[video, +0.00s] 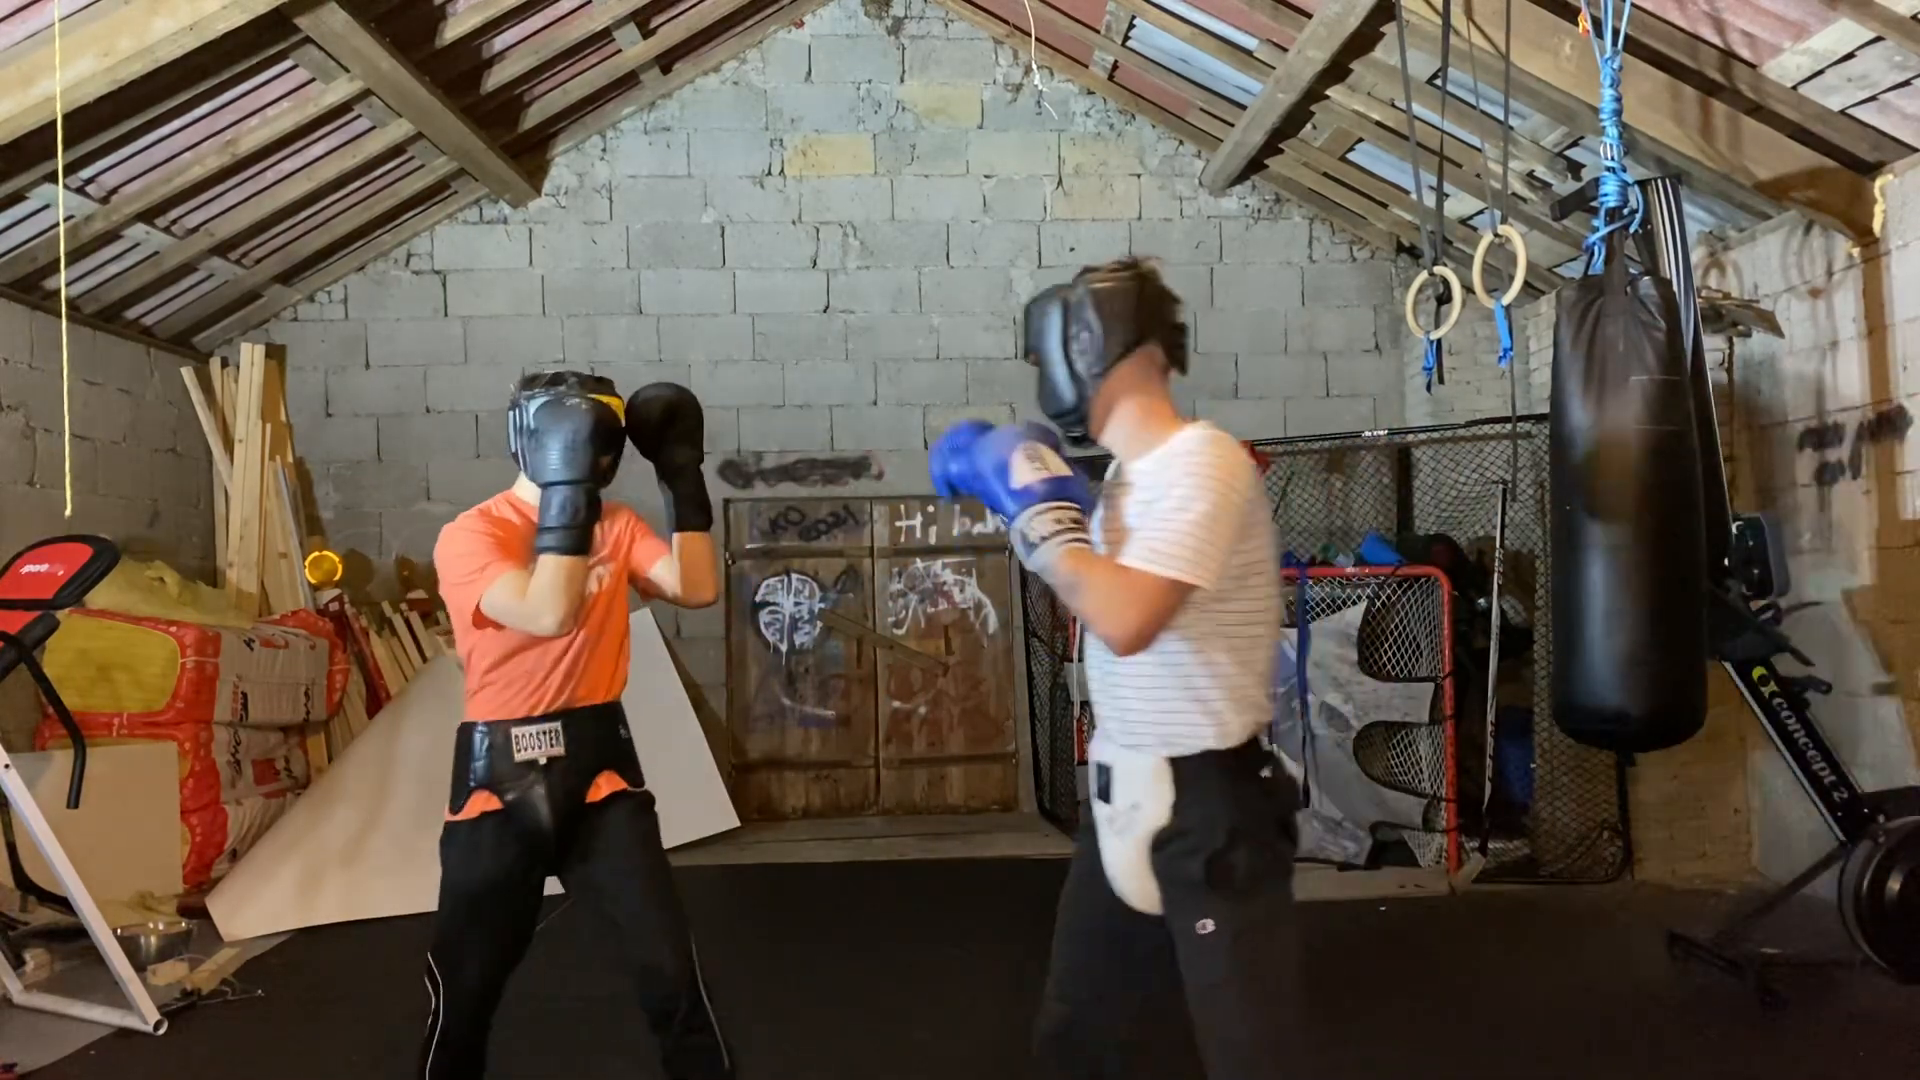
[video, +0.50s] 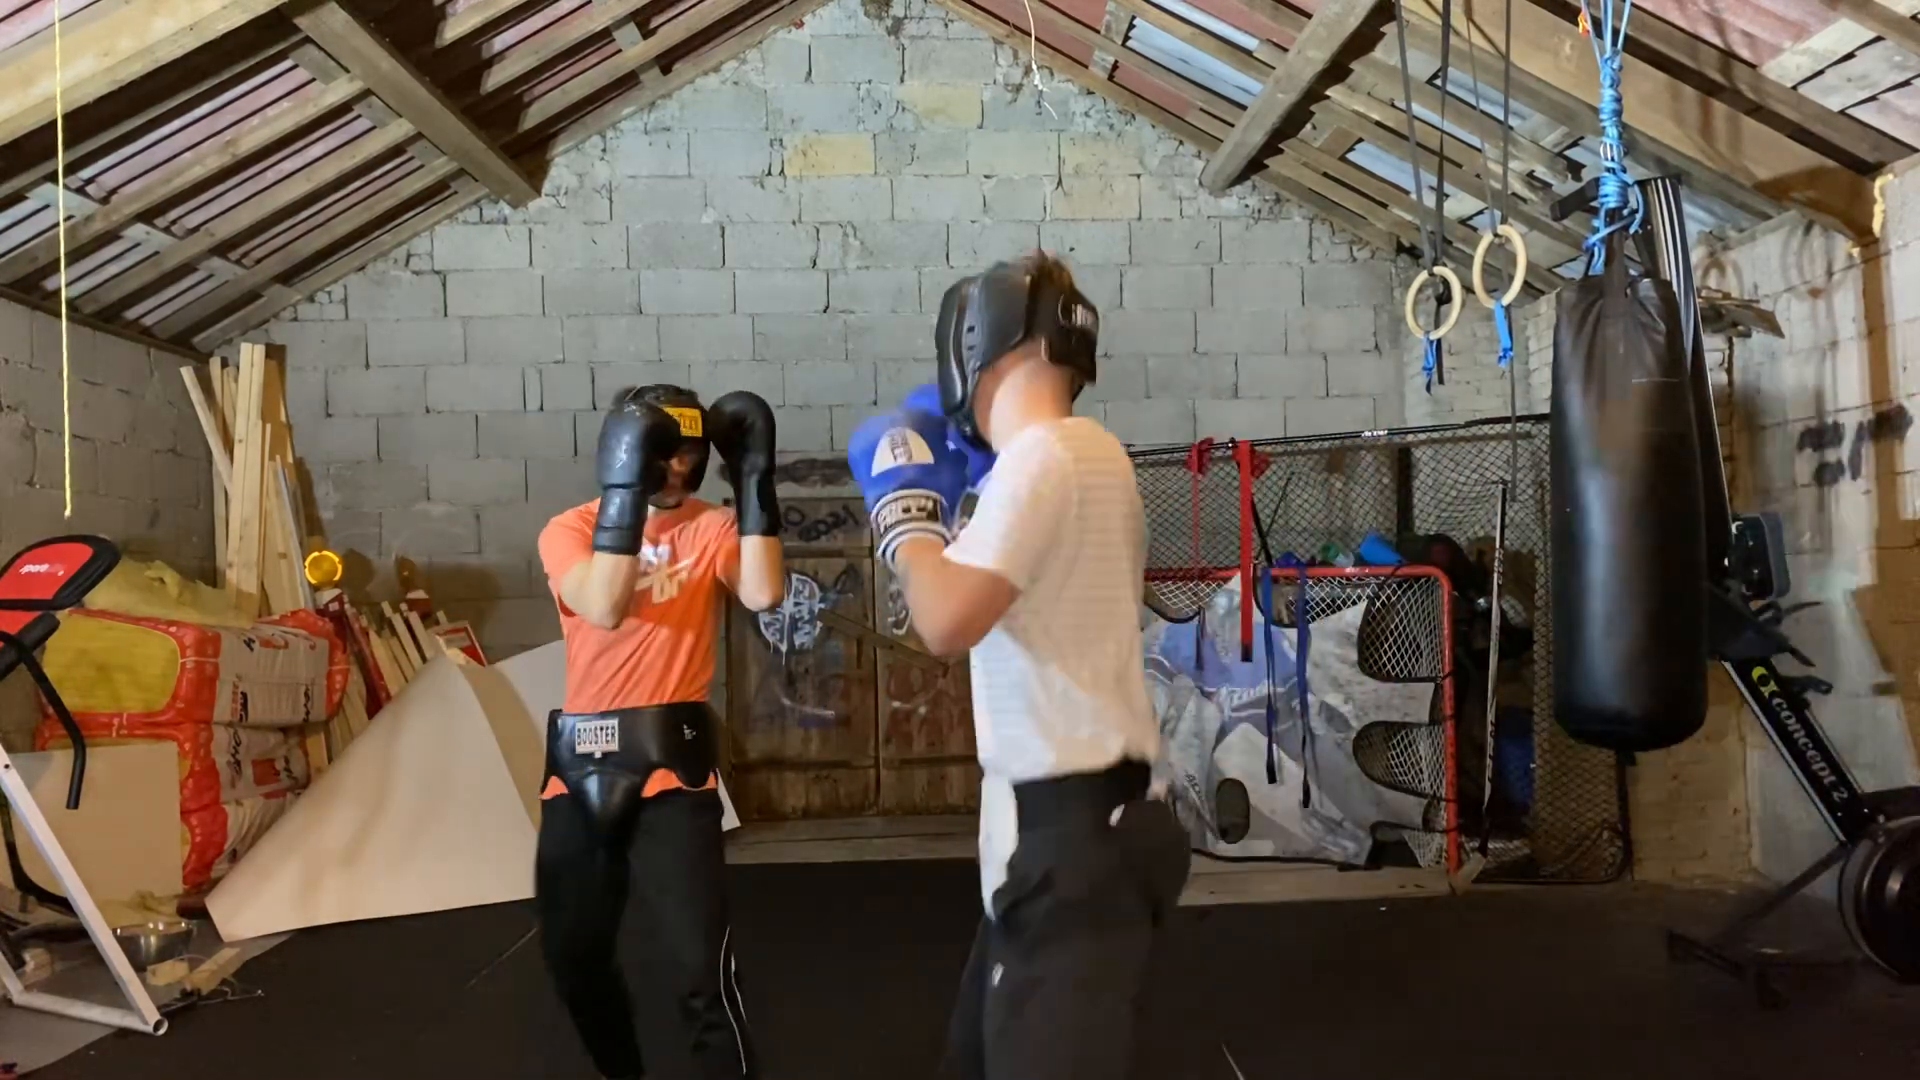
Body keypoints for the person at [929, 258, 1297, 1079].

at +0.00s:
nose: (1048, 371)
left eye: (1055, 347)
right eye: (1047, 350)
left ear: (1089, 348)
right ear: (1146, 347)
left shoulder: (1204, 463)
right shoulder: (1124, 485)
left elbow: (1127, 618)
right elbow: (1102, 602)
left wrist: (1040, 513)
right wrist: (1026, 504)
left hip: (1213, 801)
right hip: (1127, 799)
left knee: (1252, 1054)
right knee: (1077, 1040)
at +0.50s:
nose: (953, 368)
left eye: (958, 345)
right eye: (952, 349)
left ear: (985, 343)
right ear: (1060, 348)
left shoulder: (1043, 461)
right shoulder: (1099, 456)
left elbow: (947, 620)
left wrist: (906, 513)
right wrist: (956, 505)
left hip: (1070, 829)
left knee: (1046, 1060)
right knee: (982, 1050)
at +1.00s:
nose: (907, 391)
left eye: (912, 374)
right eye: (912, 376)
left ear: (925, 376)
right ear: (1020, 400)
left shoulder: (920, 480)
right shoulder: (1075, 516)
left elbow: (846, 652)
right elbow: (1115, 687)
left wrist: (854, 536)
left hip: (976, 843)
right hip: (1077, 835)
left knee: (983, 1058)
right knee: (1075, 1054)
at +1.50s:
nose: (736, 457)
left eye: (741, 432)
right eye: (739, 435)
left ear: (769, 436)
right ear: (858, 431)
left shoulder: (794, 567)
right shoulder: (953, 541)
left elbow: (742, 756)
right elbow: (1051, 668)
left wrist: (737, 626)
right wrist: (955, 640)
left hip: (909, 934)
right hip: (1018, 897)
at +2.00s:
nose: (561, 556)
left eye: (558, 541)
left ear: (579, 549)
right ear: (671, 502)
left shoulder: (622, 645)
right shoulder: (789, 565)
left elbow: (630, 811)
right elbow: (915, 624)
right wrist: (826, 662)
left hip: (817, 925)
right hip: (922, 881)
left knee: (679, 1069)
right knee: (887, 1069)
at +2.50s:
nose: (513, 431)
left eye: (513, 416)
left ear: (514, 429)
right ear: (624, 428)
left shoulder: (460, 534)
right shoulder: (703, 535)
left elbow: (455, 698)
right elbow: (794, 683)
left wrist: (536, 622)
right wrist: (725, 651)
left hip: (590, 870)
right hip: (725, 853)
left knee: (582, 1065)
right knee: (747, 1067)